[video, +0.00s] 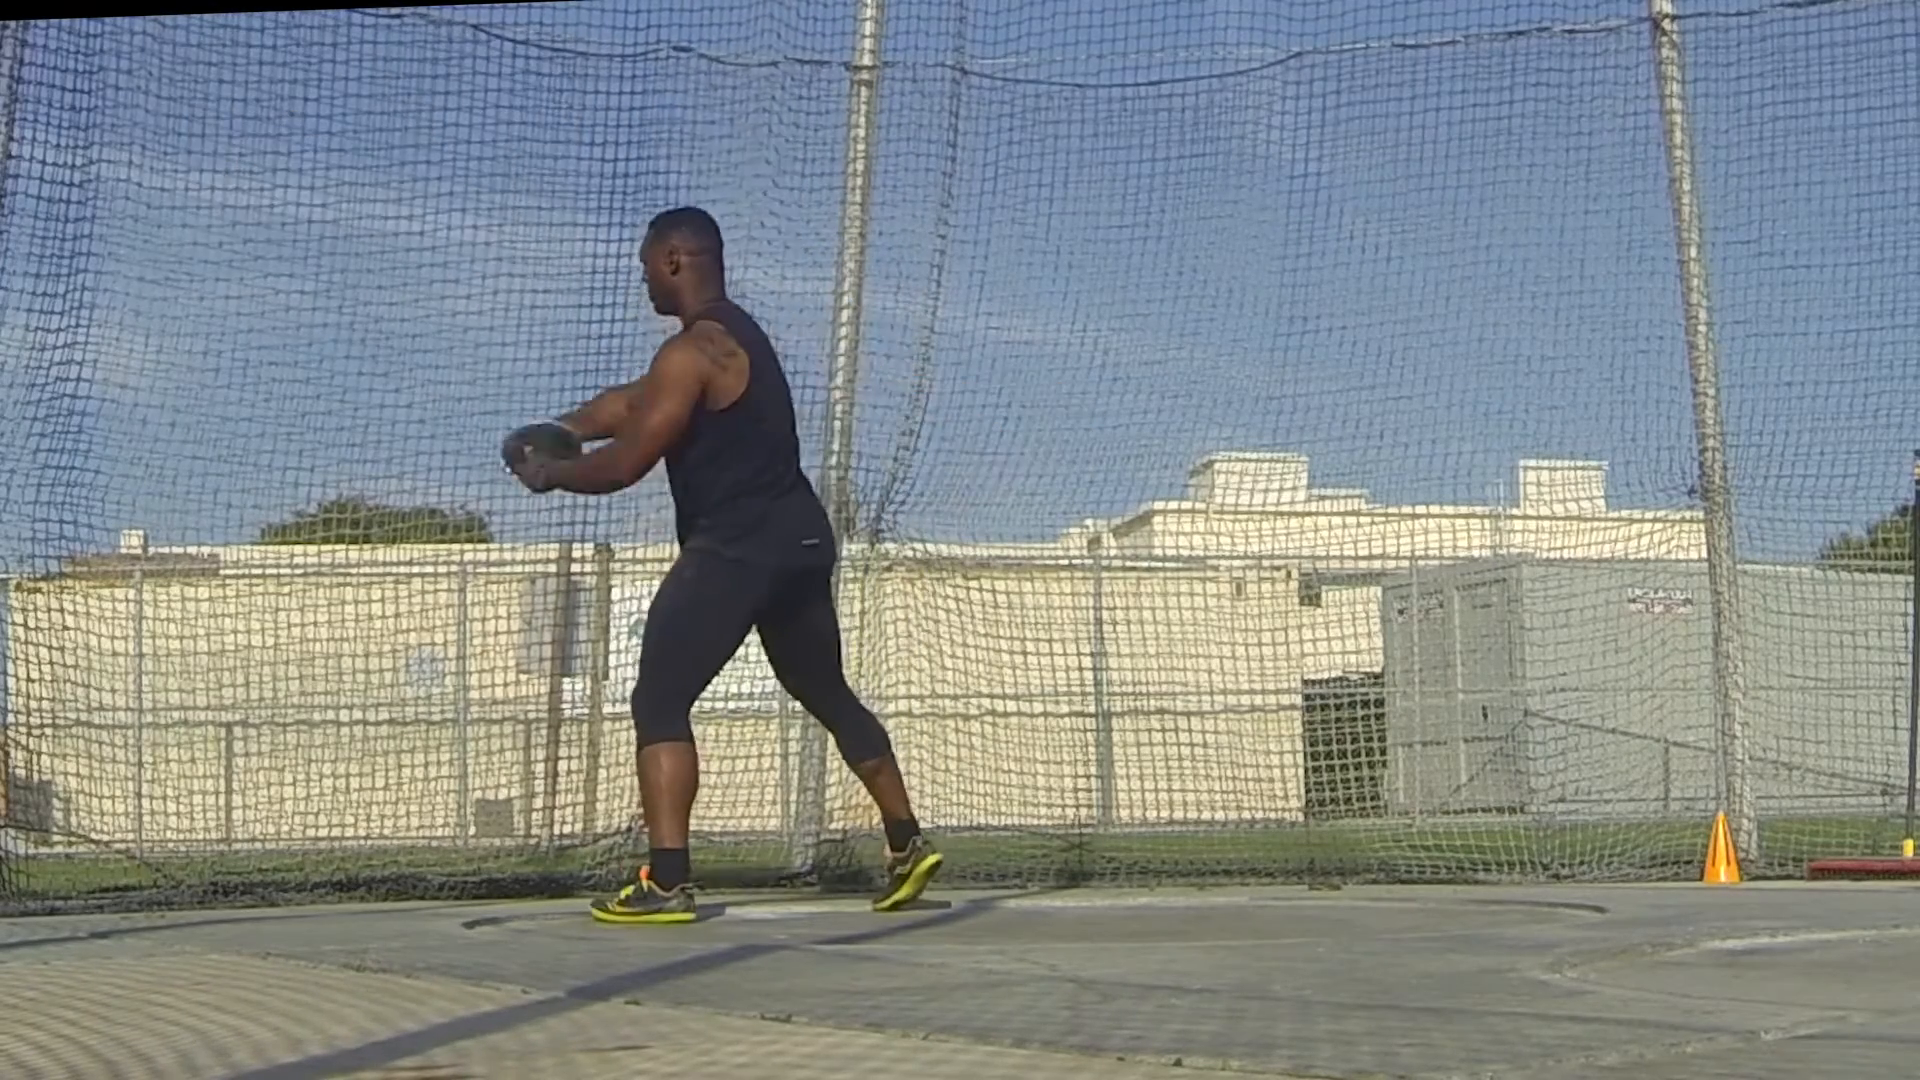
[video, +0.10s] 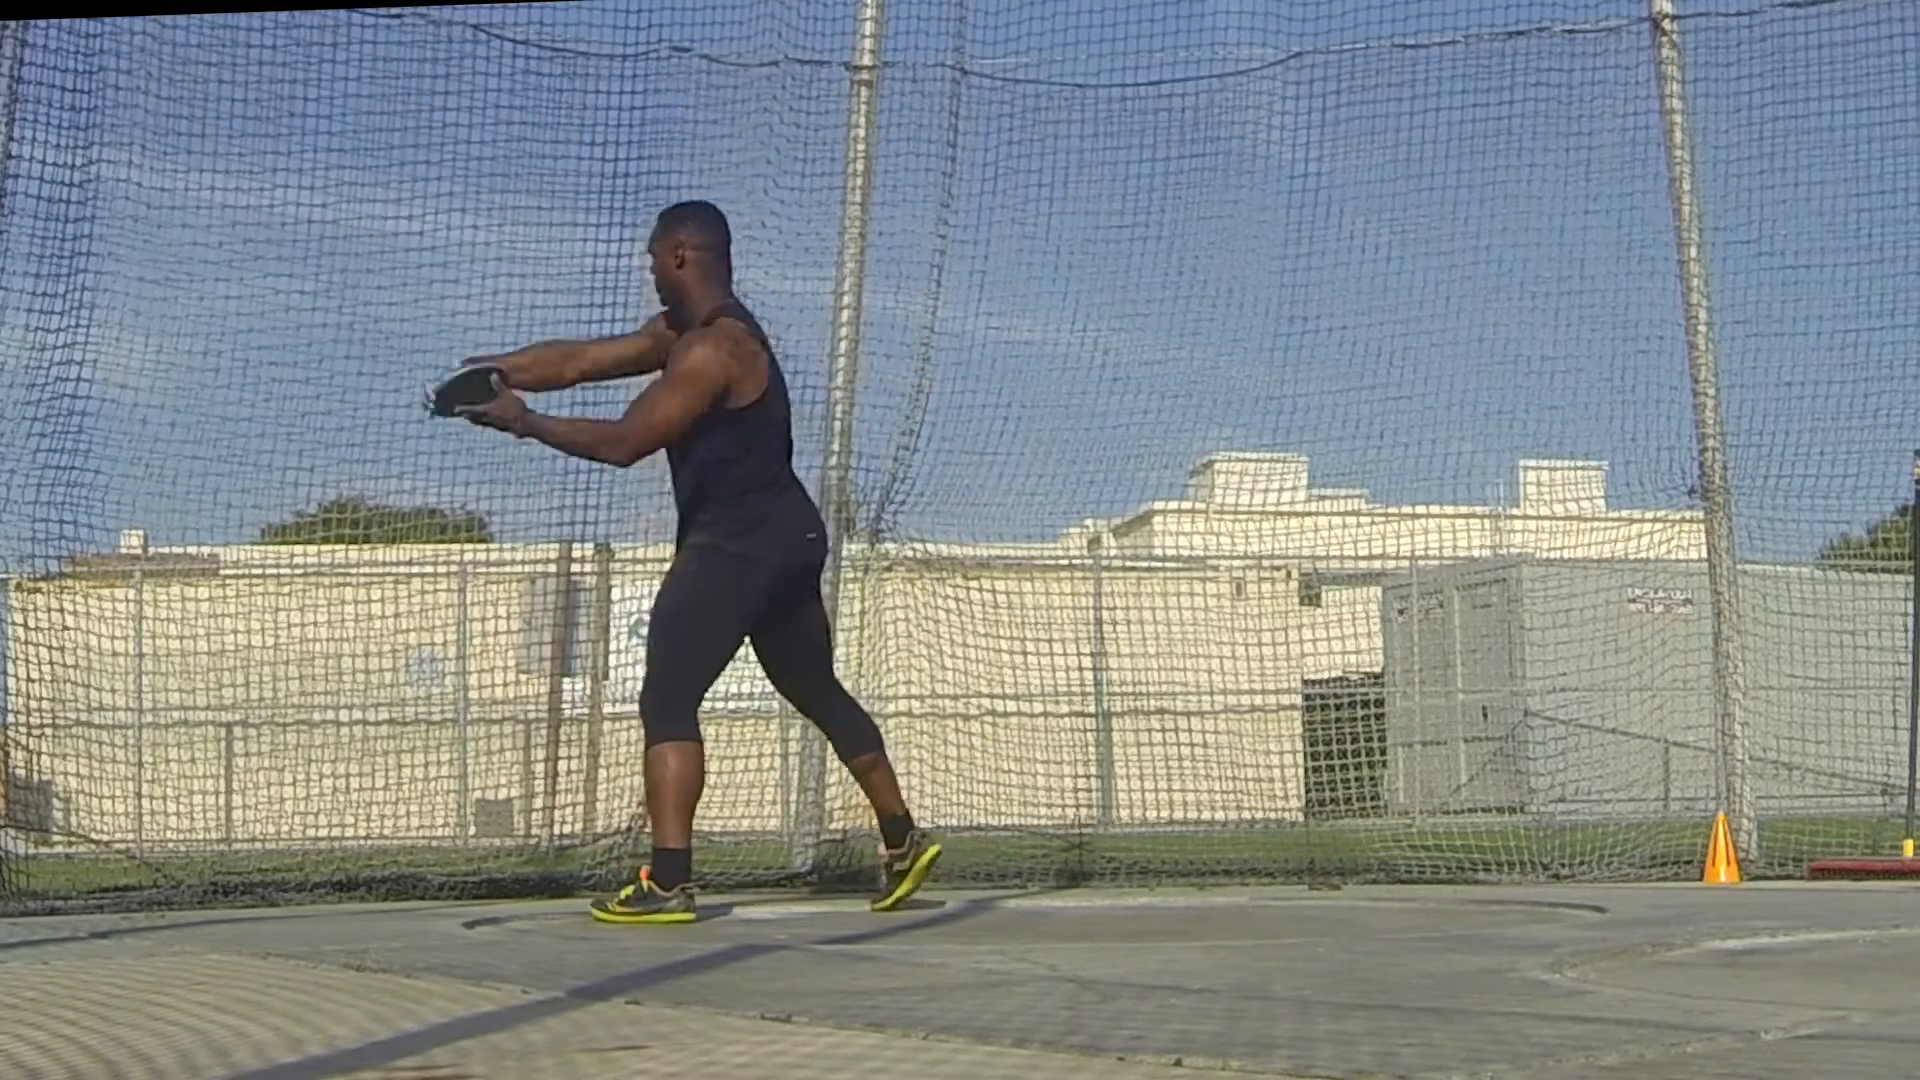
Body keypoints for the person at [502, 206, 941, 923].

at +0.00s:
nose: (642, 280)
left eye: (646, 267)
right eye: (643, 268)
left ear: (674, 263)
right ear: (705, 262)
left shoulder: (688, 352)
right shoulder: (741, 333)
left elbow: (623, 466)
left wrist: (553, 474)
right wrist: (561, 432)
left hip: (730, 553)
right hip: (798, 543)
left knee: (659, 699)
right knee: (825, 690)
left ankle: (666, 880)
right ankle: (908, 841)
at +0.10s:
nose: (650, 277)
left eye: (655, 262)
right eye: (652, 263)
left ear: (681, 259)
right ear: (713, 259)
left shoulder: (712, 346)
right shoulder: (692, 329)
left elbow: (624, 444)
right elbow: (581, 360)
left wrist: (523, 421)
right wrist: (492, 372)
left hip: (732, 546)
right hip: (783, 538)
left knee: (668, 695)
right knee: (815, 687)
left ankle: (667, 879)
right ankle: (903, 837)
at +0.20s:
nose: (650, 268)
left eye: (655, 256)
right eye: (652, 256)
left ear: (684, 254)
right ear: (706, 255)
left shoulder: (729, 347)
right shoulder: (674, 317)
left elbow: (646, 444)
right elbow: (584, 331)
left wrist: (557, 379)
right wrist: (539, 328)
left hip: (729, 540)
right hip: (760, 534)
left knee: (673, 693)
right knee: (803, 686)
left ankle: (669, 877)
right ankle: (895, 832)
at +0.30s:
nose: (653, 264)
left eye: (659, 250)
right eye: (655, 253)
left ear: (690, 251)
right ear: (704, 253)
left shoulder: (748, 346)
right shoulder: (674, 320)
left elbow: (696, 453)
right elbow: (572, 315)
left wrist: (632, 380)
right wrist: (614, 310)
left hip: (729, 538)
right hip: (730, 536)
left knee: (675, 691)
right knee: (799, 689)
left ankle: (671, 877)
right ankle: (886, 830)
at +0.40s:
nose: (653, 265)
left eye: (661, 252)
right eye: (656, 254)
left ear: (694, 252)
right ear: (709, 252)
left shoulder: (764, 354)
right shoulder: (672, 316)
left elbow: (735, 465)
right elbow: (588, 320)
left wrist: (683, 391)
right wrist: (671, 301)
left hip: (723, 541)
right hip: (738, 539)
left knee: (675, 696)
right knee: (787, 686)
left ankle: (670, 877)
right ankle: (883, 831)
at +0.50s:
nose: (649, 271)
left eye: (657, 259)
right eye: (651, 260)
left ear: (693, 259)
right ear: (705, 258)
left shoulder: (770, 357)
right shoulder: (667, 319)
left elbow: (759, 471)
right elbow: (592, 340)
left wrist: (699, 389)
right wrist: (681, 314)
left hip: (730, 543)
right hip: (757, 541)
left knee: (676, 696)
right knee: (799, 694)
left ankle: (671, 878)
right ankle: (897, 842)